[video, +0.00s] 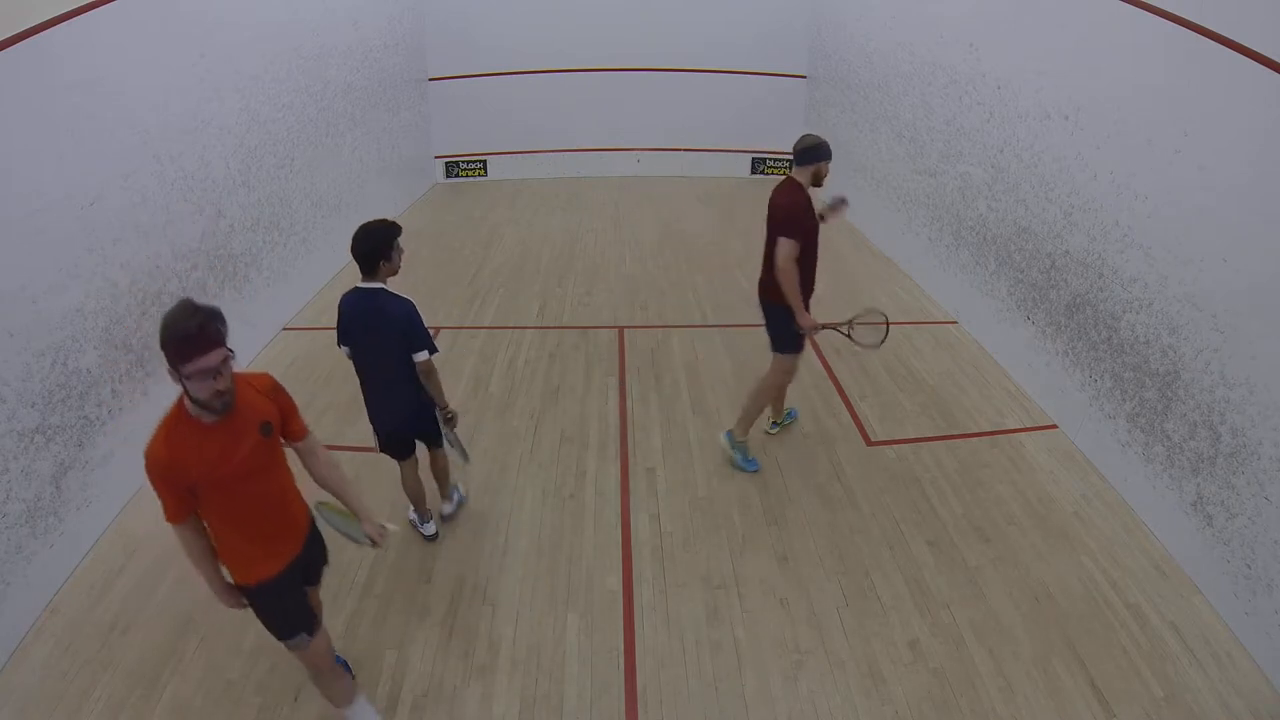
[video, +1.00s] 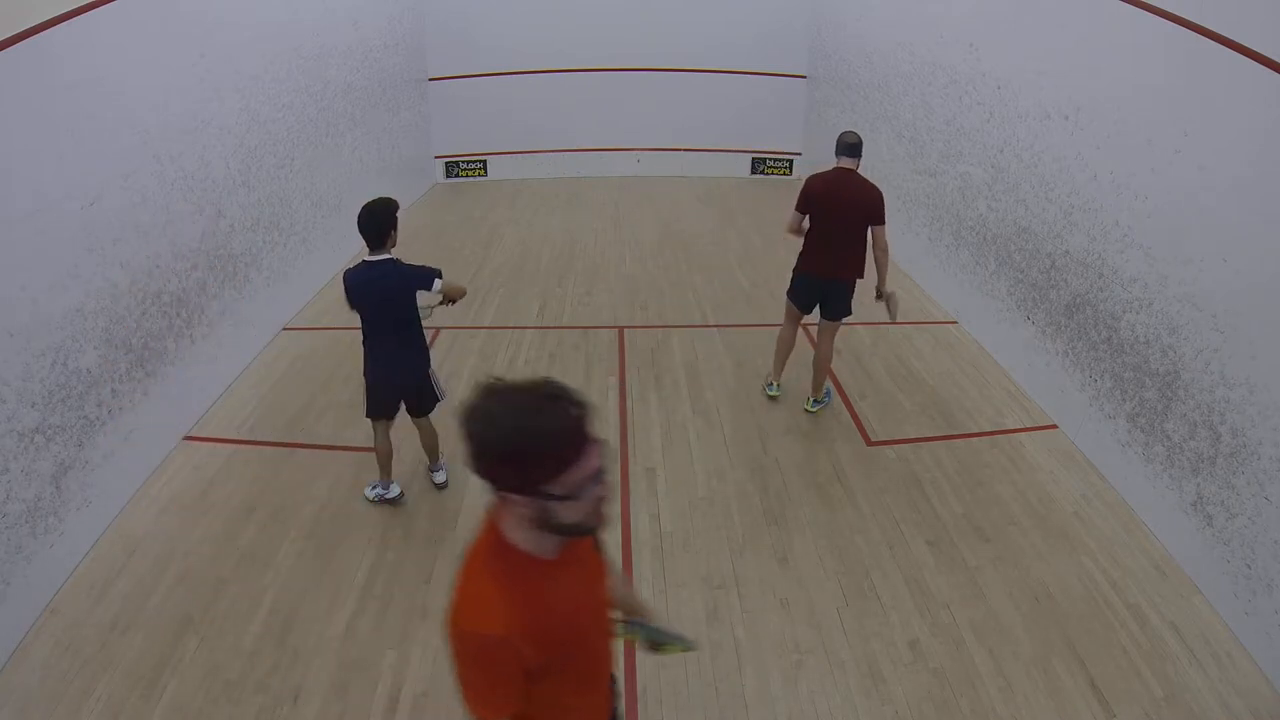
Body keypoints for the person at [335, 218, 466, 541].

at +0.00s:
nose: (402, 256)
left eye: (400, 249)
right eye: (398, 251)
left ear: (363, 261)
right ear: (385, 261)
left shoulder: (348, 303)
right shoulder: (401, 308)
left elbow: (350, 353)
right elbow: (425, 367)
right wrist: (443, 405)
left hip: (380, 405)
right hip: (414, 399)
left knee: (406, 462)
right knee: (435, 448)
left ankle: (425, 521)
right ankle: (448, 499)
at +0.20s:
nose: (408, 247)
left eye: (405, 242)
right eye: (404, 243)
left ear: (368, 253)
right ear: (394, 252)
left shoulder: (354, 295)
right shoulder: (409, 300)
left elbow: (353, 350)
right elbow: (420, 359)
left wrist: (384, 342)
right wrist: (434, 407)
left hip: (380, 396)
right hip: (413, 391)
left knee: (404, 454)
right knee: (428, 435)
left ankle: (424, 517)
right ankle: (438, 472)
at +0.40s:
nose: (414, 242)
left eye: (411, 236)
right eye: (411, 237)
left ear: (378, 242)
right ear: (403, 244)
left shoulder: (360, 283)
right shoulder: (418, 289)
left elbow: (356, 332)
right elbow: (430, 346)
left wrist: (385, 321)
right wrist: (442, 385)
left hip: (382, 376)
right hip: (416, 374)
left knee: (388, 433)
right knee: (426, 423)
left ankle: (411, 489)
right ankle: (437, 471)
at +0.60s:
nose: (411, 237)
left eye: (409, 231)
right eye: (409, 232)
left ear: (375, 237)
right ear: (403, 238)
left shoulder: (361, 275)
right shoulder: (419, 283)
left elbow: (369, 313)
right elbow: (444, 326)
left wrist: (417, 332)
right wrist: (452, 350)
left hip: (380, 368)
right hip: (415, 368)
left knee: (381, 426)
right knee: (426, 422)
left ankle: (381, 478)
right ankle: (437, 472)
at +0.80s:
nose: (403, 234)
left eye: (401, 229)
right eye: (402, 230)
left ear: (368, 237)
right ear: (399, 238)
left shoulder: (357, 272)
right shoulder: (408, 277)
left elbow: (384, 273)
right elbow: (456, 298)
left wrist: (399, 262)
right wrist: (452, 309)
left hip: (378, 365)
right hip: (415, 362)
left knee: (384, 425)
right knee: (421, 421)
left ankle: (385, 483)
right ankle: (428, 481)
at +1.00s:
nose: (398, 232)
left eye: (395, 227)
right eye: (396, 227)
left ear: (364, 235)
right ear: (392, 234)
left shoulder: (352, 278)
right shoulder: (408, 274)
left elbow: (357, 308)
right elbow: (457, 290)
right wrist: (443, 298)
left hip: (378, 369)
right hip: (413, 364)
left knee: (380, 428)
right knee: (422, 419)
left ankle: (387, 486)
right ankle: (437, 470)